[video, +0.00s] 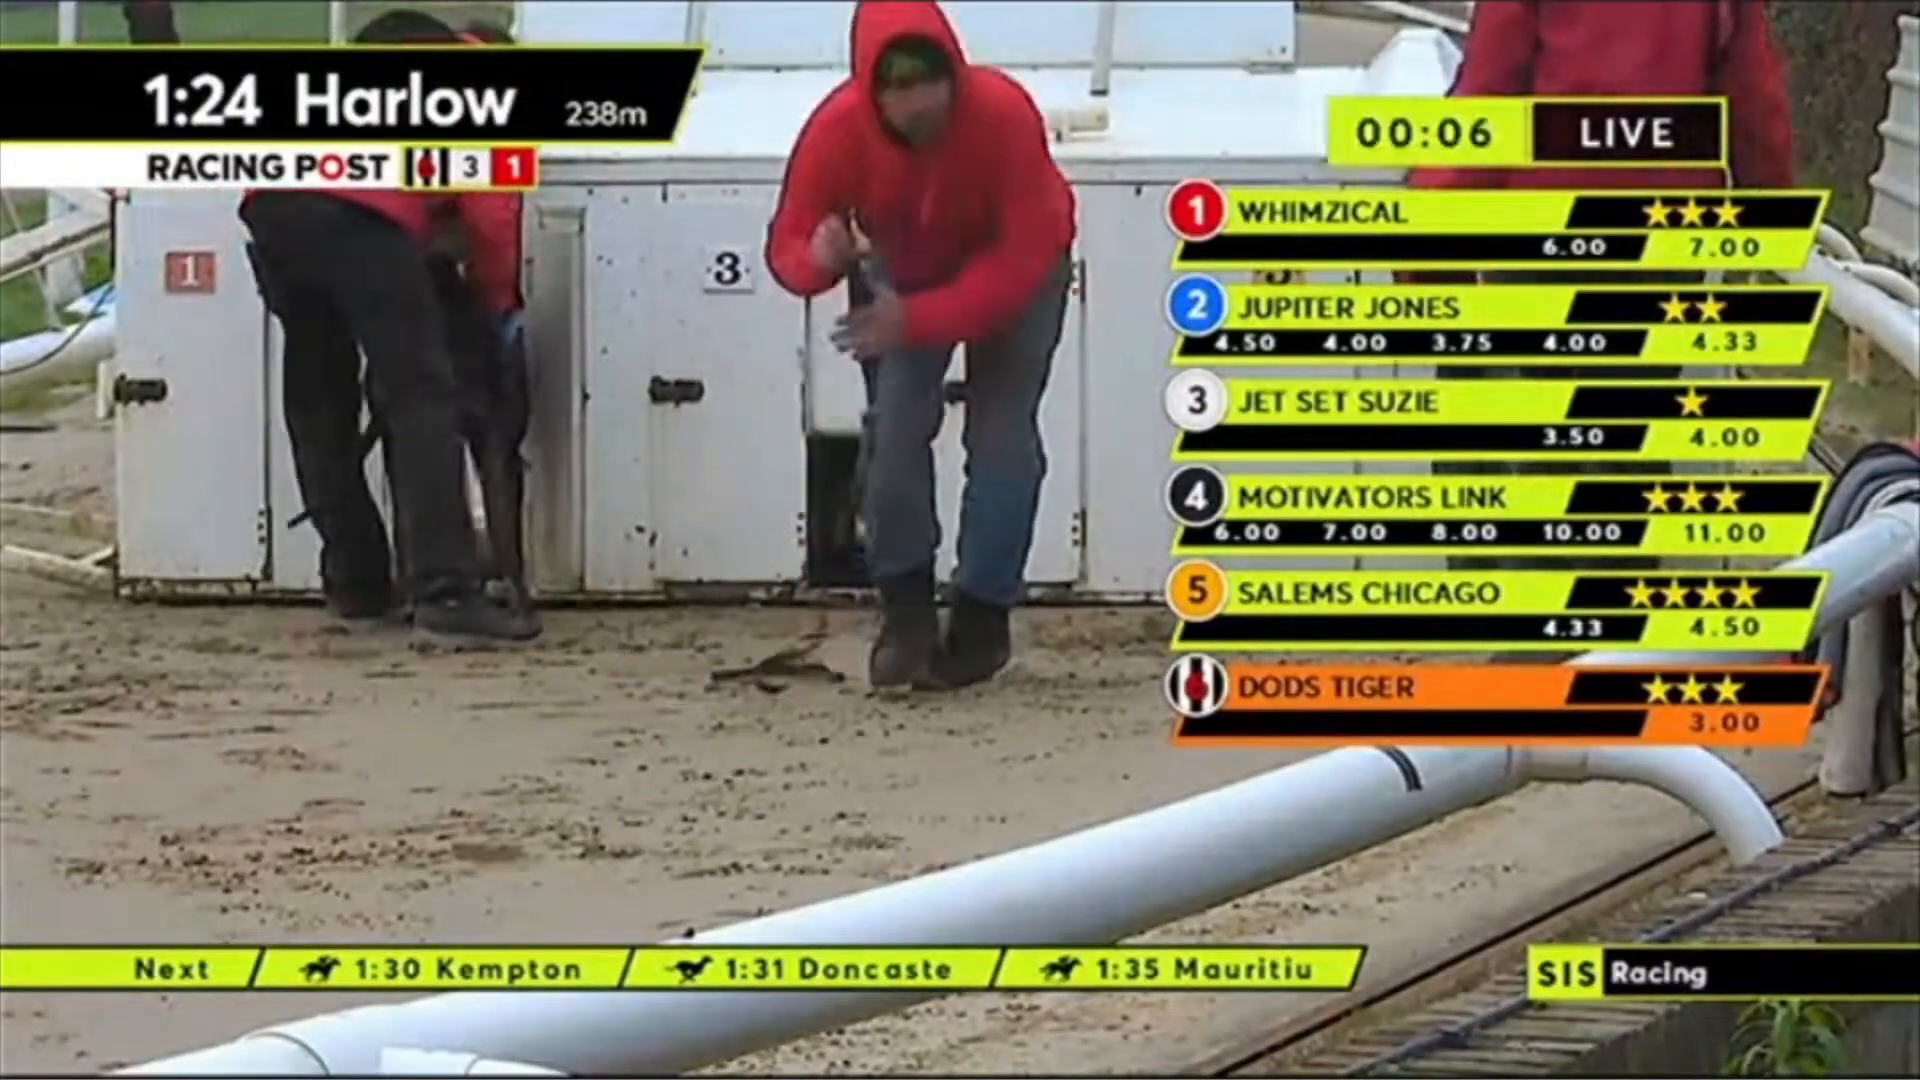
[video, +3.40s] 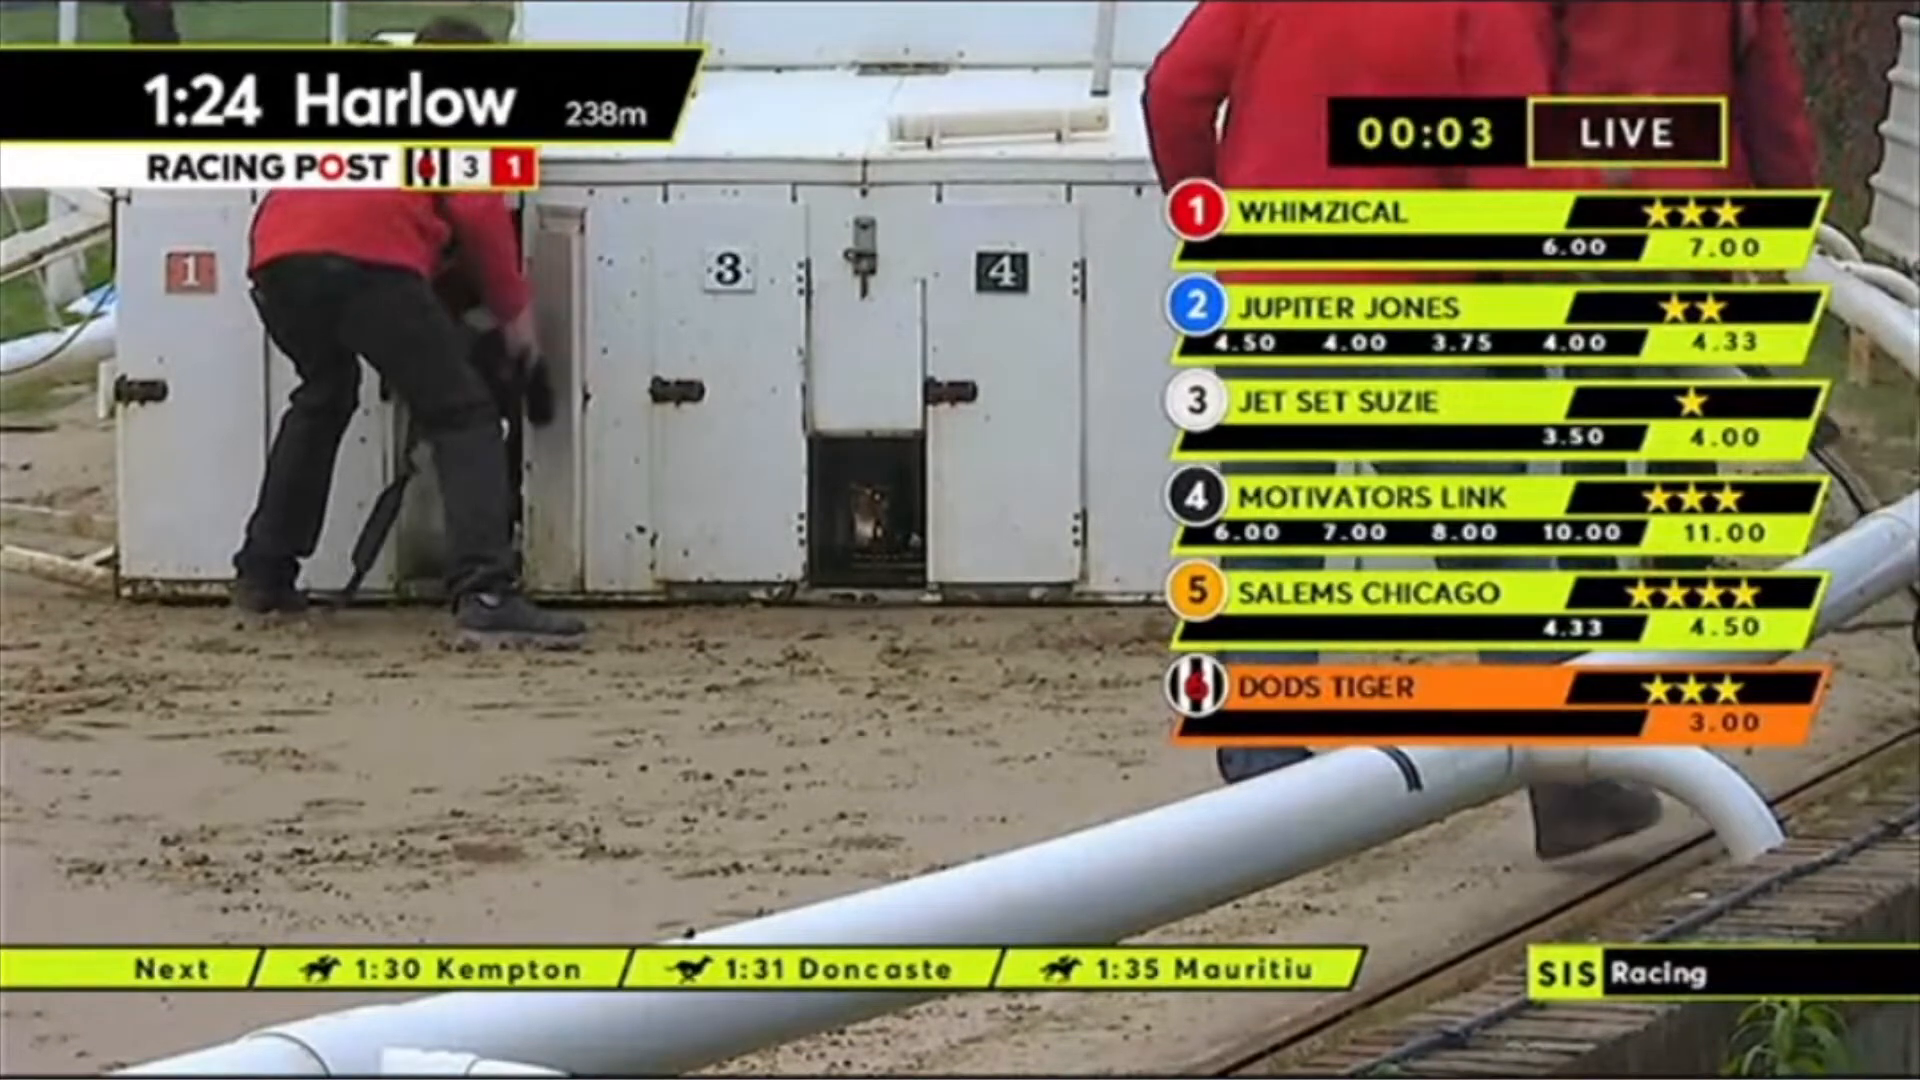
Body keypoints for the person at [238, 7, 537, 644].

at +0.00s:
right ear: (490, 51)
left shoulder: (359, 68)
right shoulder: (494, 82)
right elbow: (489, 208)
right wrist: (500, 306)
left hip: (274, 206)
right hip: (367, 216)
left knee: (317, 391)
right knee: (418, 394)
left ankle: (355, 579)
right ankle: (446, 590)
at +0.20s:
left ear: (415, 44)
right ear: (476, 49)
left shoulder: (349, 81)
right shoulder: (495, 101)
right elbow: (503, 226)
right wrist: (494, 306)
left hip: (284, 219)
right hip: (380, 228)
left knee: (319, 397)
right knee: (431, 400)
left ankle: (341, 586)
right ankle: (454, 588)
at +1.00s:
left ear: (392, 78)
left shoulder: (356, 126)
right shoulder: (502, 118)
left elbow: (316, 235)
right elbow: (560, 187)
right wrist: (505, 246)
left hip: (345, 264)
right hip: (454, 260)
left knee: (365, 395)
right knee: (505, 419)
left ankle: (343, 584)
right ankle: (515, 590)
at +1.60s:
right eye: (520, 25)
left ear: (436, 20)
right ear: (512, 25)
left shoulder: (377, 59)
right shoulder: (526, 75)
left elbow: (333, 175)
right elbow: (553, 214)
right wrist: (489, 289)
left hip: (337, 221)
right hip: (442, 231)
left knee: (352, 351)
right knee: (486, 405)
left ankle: (311, 553)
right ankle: (500, 591)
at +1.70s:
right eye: (518, 44)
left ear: (438, 37)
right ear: (507, 43)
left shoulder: (365, 71)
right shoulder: (518, 92)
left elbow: (312, 174)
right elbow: (542, 215)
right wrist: (493, 281)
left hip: (325, 230)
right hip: (428, 236)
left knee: (328, 384)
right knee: (477, 411)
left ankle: (273, 572)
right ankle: (499, 594)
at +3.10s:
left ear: (374, 75)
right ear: (459, 89)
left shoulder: (335, 119)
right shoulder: (471, 130)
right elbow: (493, 254)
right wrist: (464, 310)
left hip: (281, 258)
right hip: (380, 260)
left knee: (317, 391)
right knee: (458, 419)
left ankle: (264, 574)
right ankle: (485, 589)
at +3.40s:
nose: (490, 100)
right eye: (492, 87)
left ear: (418, 54)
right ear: (477, 69)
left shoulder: (359, 102)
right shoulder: (470, 113)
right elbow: (478, 208)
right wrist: (515, 312)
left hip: (278, 258)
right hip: (374, 259)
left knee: (323, 391)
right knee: (464, 414)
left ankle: (263, 575)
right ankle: (487, 593)